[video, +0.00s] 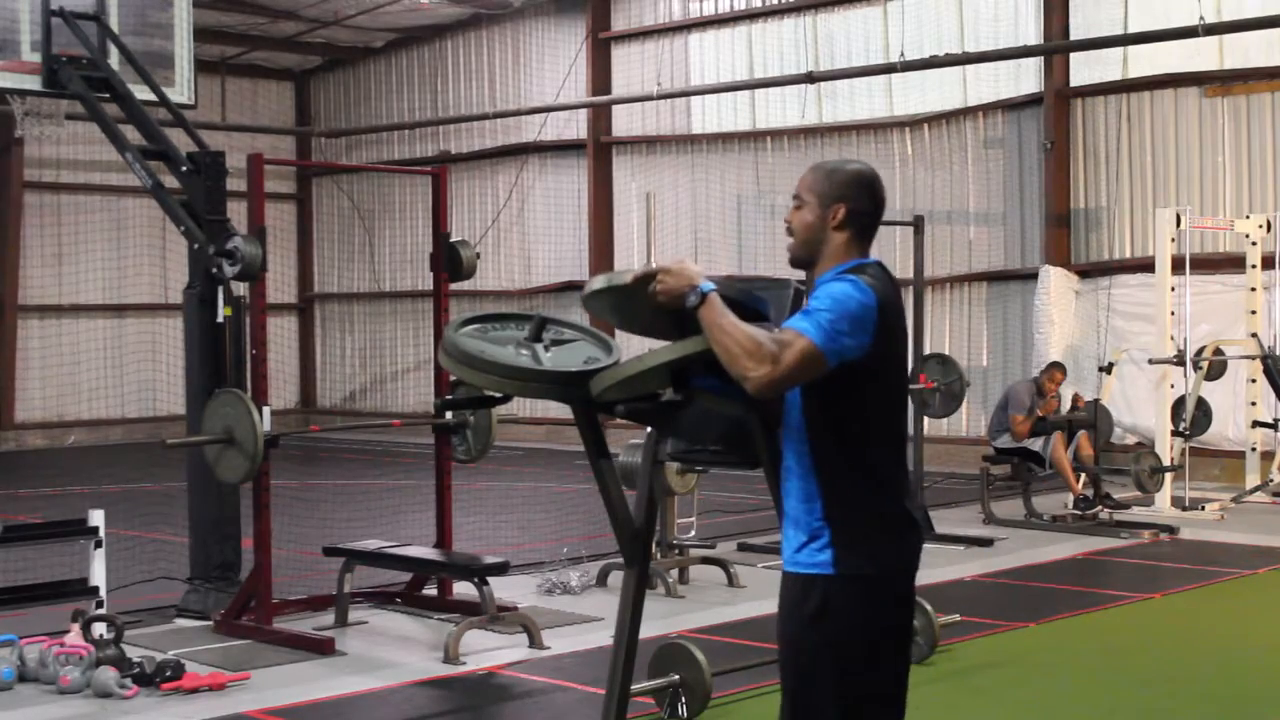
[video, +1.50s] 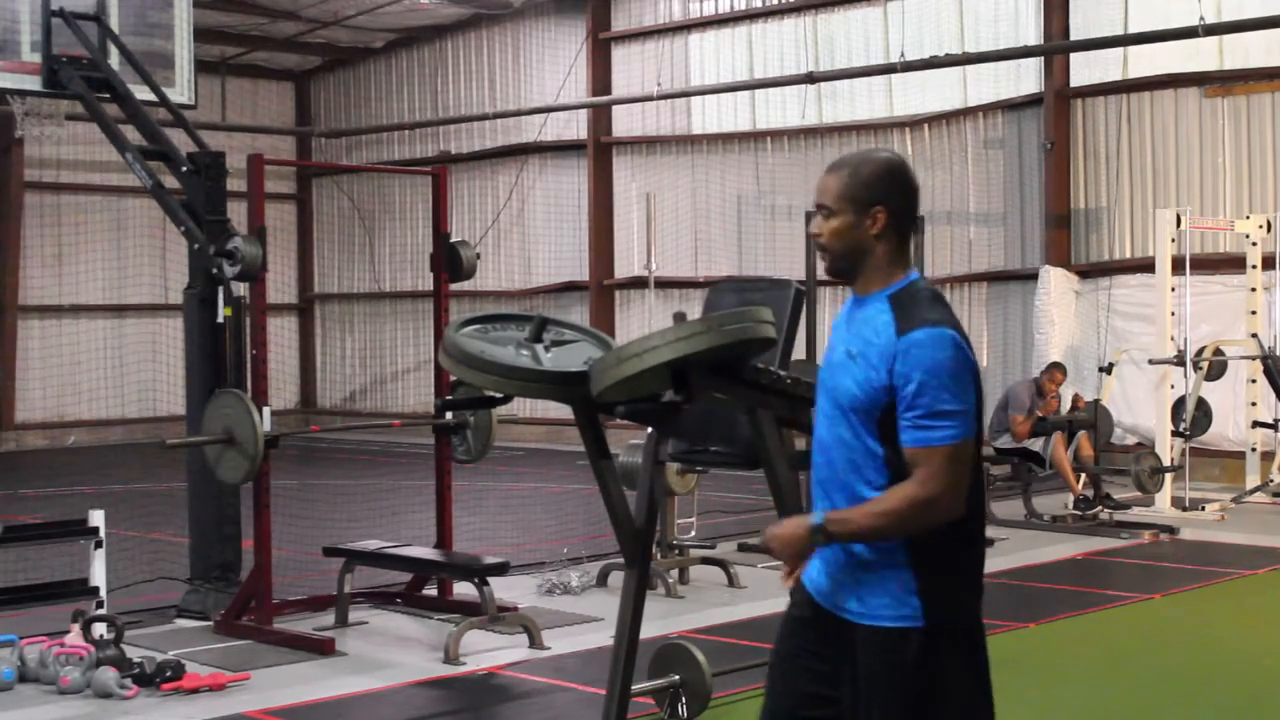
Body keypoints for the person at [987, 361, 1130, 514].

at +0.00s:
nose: (1053, 388)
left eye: (1058, 385)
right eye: (1051, 381)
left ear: (1060, 385)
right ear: (1041, 374)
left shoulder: (1049, 395)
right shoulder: (1021, 391)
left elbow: (1051, 426)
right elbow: (1018, 434)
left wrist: (1073, 412)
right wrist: (1041, 412)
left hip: (1028, 438)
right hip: (1003, 439)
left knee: (1081, 435)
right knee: (1055, 439)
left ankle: (1099, 494)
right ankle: (1079, 497)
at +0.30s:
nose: (1053, 388)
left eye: (1058, 385)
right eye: (1051, 382)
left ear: (1060, 386)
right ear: (1042, 374)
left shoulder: (1050, 396)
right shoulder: (1020, 391)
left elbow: (1052, 426)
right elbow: (1018, 434)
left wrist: (1073, 412)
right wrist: (1040, 413)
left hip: (1028, 438)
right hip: (1003, 439)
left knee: (1081, 436)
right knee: (1055, 439)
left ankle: (1099, 494)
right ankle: (1079, 497)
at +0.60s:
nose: (1054, 389)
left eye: (1058, 385)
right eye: (1051, 382)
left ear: (1061, 385)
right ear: (1042, 375)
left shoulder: (1051, 395)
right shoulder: (1020, 392)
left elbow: (1055, 427)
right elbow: (1018, 435)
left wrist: (1073, 411)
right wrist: (1041, 413)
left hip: (1029, 438)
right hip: (1004, 440)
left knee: (1080, 436)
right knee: (1055, 439)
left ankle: (1100, 494)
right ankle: (1079, 498)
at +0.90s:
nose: (1054, 389)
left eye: (1058, 385)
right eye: (1051, 382)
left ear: (1061, 385)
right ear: (1042, 374)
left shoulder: (1051, 395)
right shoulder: (1020, 392)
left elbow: (1055, 427)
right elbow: (1018, 435)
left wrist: (1073, 411)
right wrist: (1041, 413)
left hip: (1029, 438)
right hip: (1004, 440)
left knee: (1080, 435)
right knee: (1055, 439)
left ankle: (1099, 494)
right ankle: (1079, 498)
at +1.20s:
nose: (1054, 388)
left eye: (1058, 385)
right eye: (1051, 382)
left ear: (1061, 385)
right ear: (1042, 374)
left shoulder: (1052, 396)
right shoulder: (1021, 391)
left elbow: (1055, 428)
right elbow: (1019, 436)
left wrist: (1073, 412)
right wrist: (1040, 413)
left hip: (1030, 438)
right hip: (1004, 439)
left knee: (1080, 435)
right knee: (1055, 439)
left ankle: (1099, 494)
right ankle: (1079, 498)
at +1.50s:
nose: (1054, 389)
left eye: (1058, 385)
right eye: (1051, 382)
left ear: (1061, 385)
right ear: (1042, 375)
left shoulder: (1052, 395)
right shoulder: (1021, 391)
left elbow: (1055, 426)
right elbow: (1019, 435)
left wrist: (1073, 411)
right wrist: (1040, 412)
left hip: (1030, 437)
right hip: (1004, 439)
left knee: (1081, 435)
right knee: (1055, 439)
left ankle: (1100, 494)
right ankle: (1079, 498)